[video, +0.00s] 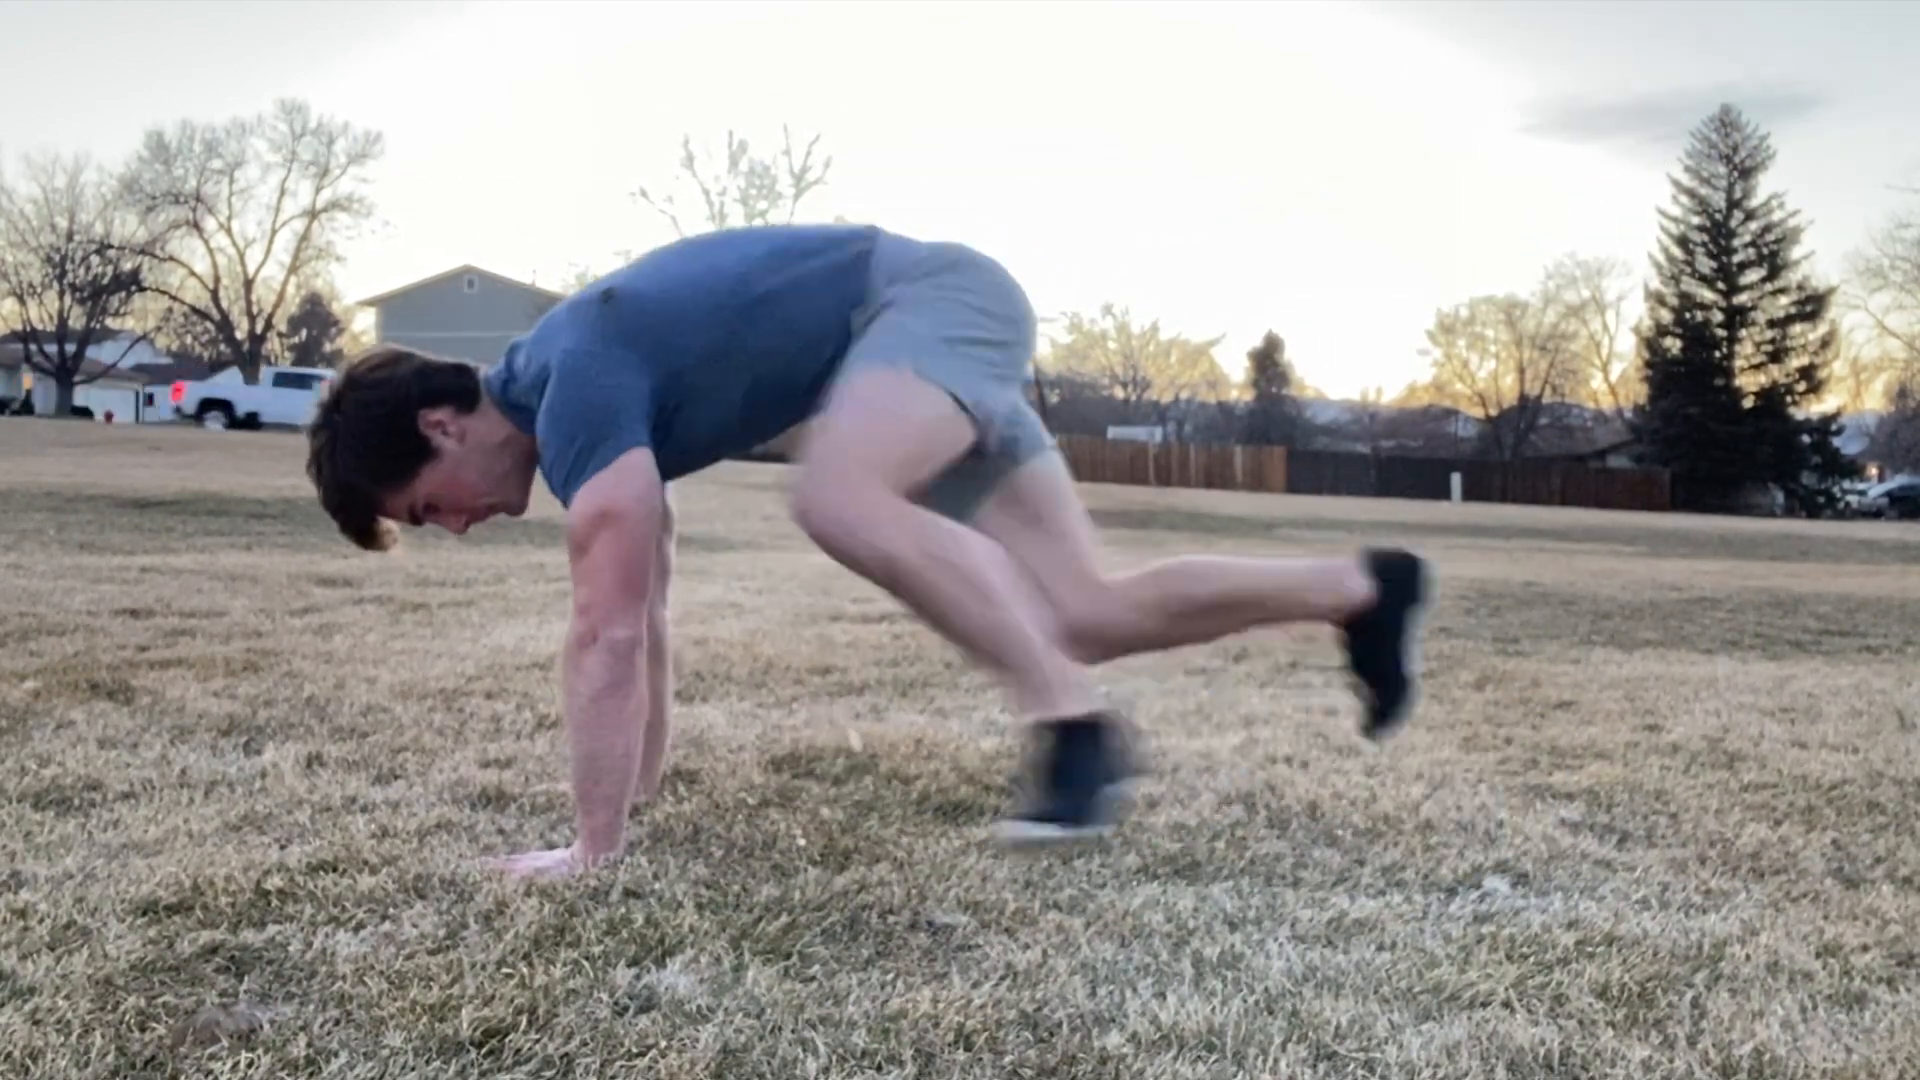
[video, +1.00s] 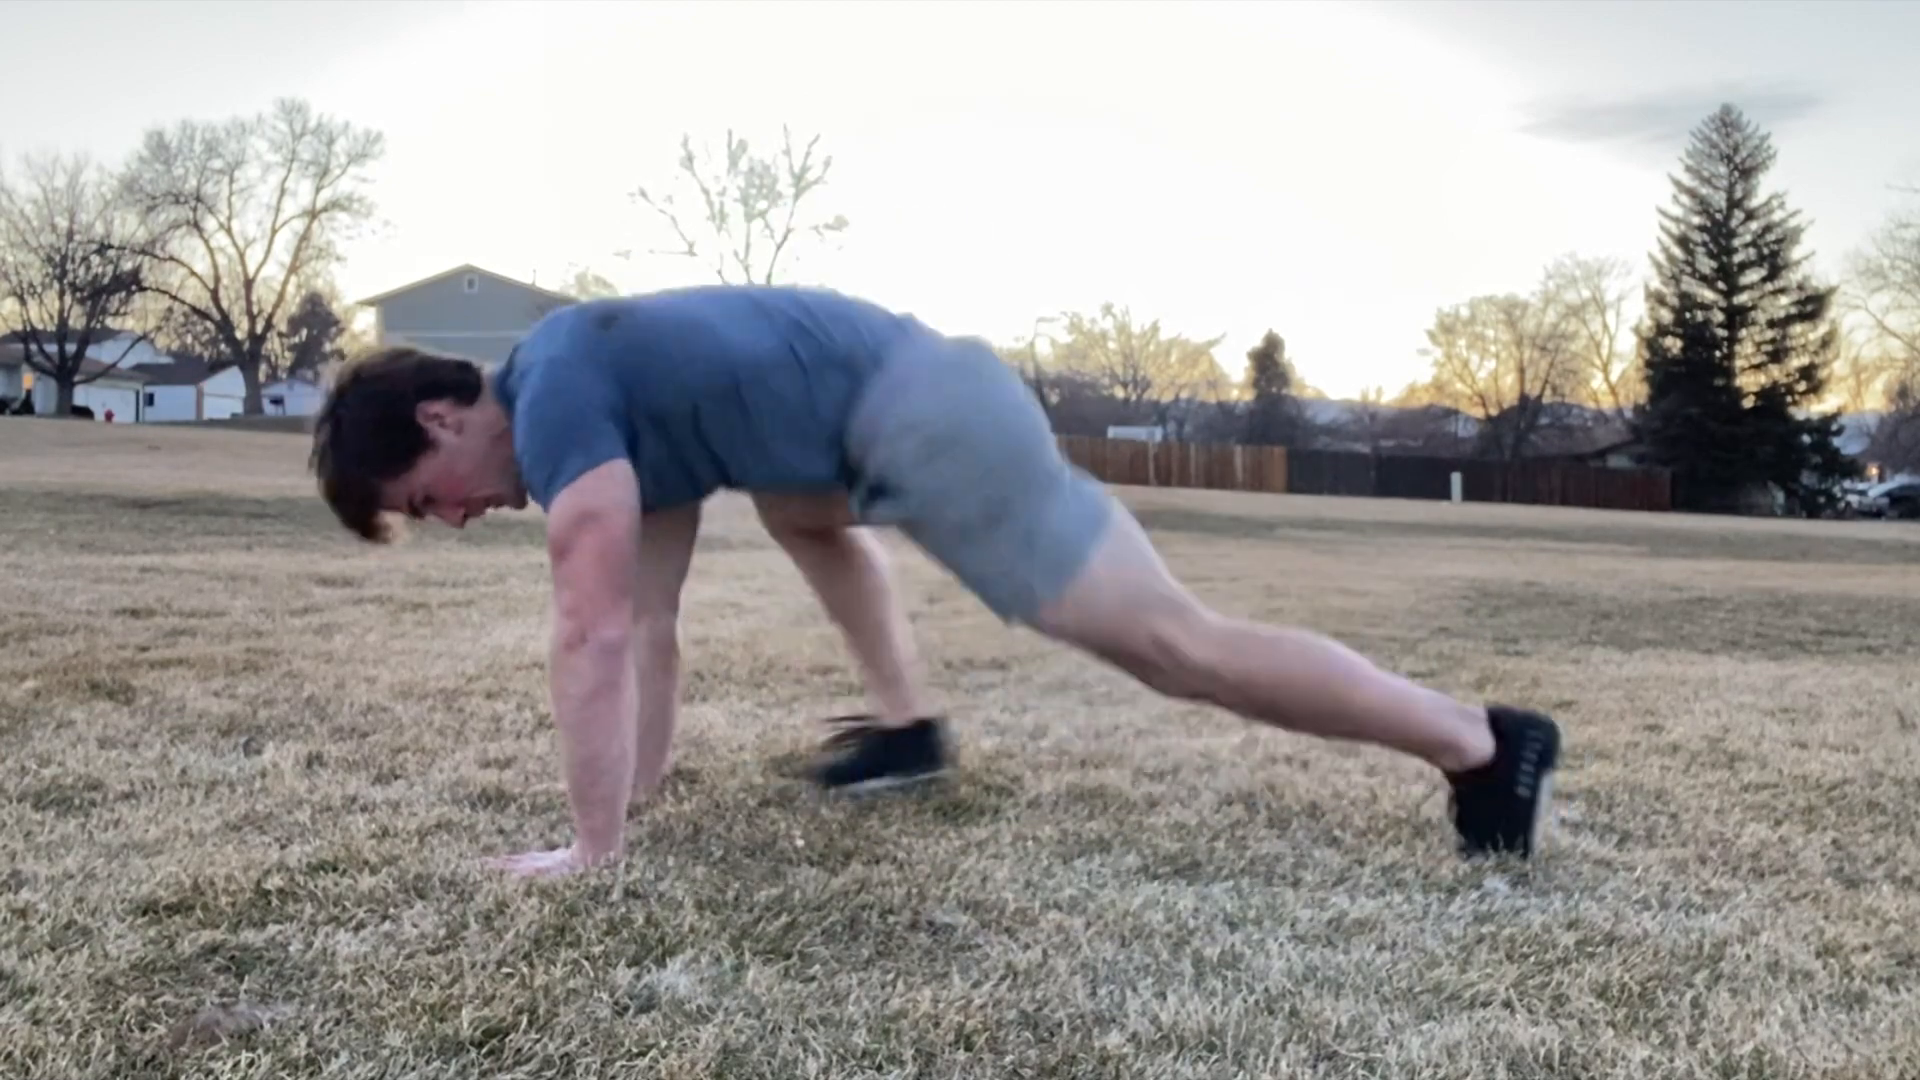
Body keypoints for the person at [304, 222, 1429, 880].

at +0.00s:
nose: (453, 528)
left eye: (427, 509)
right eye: (425, 523)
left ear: (440, 432)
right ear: (447, 426)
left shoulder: (578, 372)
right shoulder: (573, 387)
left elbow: (610, 628)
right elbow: (635, 607)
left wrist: (590, 843)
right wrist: (644, 777)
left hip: (935, 296)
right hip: (928, 348)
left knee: (838, 494)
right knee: (1080, 610)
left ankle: (1073, 720)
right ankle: (1362, 589)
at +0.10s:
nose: (447, 513)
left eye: (423, 489)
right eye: (420, 507)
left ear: (443, 411)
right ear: (447, 420)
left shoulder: (596, 367)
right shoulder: (574, 398)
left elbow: (618, 633)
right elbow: (626, 624)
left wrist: (592, 846)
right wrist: (615, 798)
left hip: (949, 343)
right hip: (928, 433)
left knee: (764, 430)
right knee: (1148, 612)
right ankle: (1437, 658)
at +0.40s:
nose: (462, 522)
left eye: (438, 500)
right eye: (437, 516)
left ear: (454, 425)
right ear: (459, 428)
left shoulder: (601, 366)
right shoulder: (586, 400)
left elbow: (622, 638)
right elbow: (631, 631)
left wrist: (593, 849)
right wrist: (616, 803)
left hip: (955, 334)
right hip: (961, 386)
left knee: (763, 456)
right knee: (1140, 607)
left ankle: (942, 765)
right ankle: (1422, 727)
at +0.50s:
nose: (465, 533)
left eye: (437, 514)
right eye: (439, 528)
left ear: (444, 438)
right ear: (457, 426)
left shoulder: (576, 376)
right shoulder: (579, 383)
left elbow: (612, 628)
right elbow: (638, 602)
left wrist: (592, 846)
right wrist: (650, 760)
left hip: (922, 272)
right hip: (954, 283)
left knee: (882, 575)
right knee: (992, 570)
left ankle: (1206, 641)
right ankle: (1285, 657)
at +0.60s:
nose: (462, 530)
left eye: (430, 513)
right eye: (431, 526)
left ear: (439, 439)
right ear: (449, 425)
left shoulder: (565, 375)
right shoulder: (592, 382)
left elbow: (603, 625)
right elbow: (641, 609)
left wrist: (591, 844)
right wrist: (639, 787)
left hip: (926, 303)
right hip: (892, 330)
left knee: (1074, 633)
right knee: (861, 530)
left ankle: (1398, 588)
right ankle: (1084, 664)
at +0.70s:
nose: (441, 509)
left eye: (416, 486)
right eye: (415, 503)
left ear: (433, 406)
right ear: (445, 404)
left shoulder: (557, 378)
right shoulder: (590, 371)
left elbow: (609, 611)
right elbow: (648, 622)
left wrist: (600, 840)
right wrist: (637, 798)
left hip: (927, 408)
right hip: (904, 400)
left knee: (1184, 651)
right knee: (756, 462)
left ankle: (1513, 690)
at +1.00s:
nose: (455, 519)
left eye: (428, 497)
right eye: (428, 513)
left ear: (440, 419)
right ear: (453, 421)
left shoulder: (560, 377)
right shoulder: (613, 390)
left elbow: (601, 610)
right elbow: (646, 625)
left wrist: (598, 844)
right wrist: (643, 797)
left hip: (926, 406)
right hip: (899, 412)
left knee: (1173, 645)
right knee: (784, 494)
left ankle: (1485, 743)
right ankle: (902, 723)